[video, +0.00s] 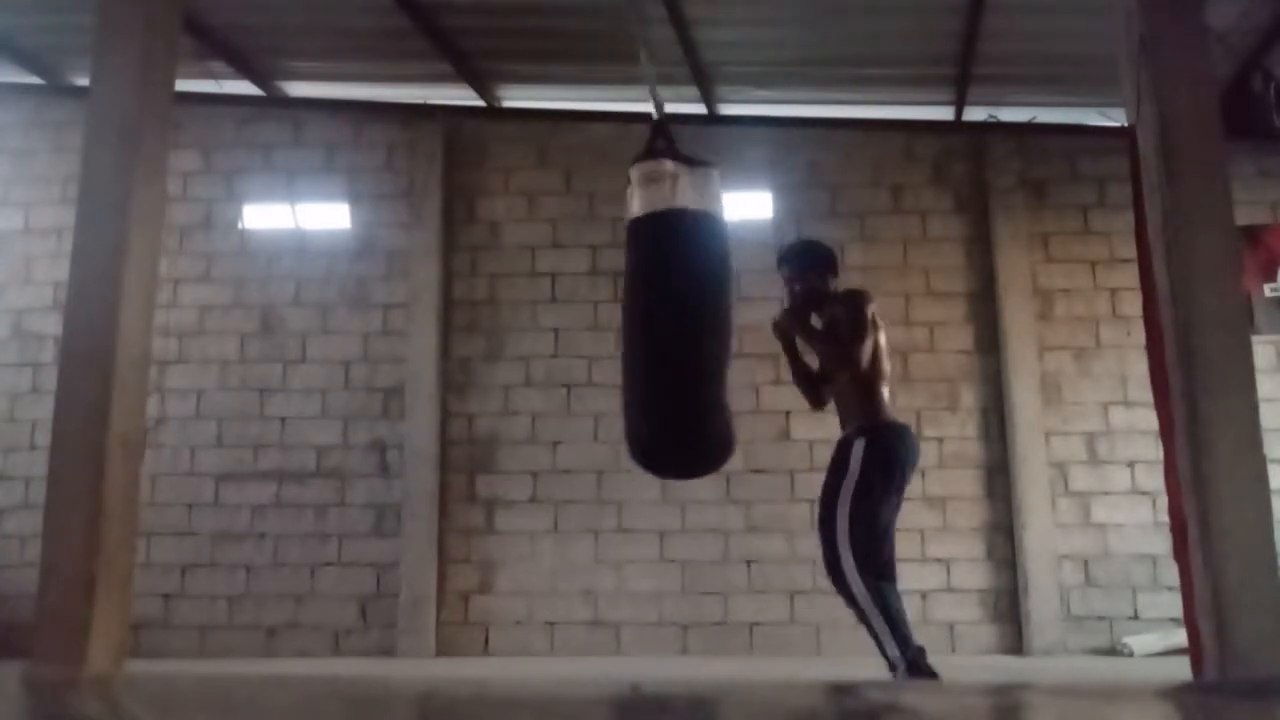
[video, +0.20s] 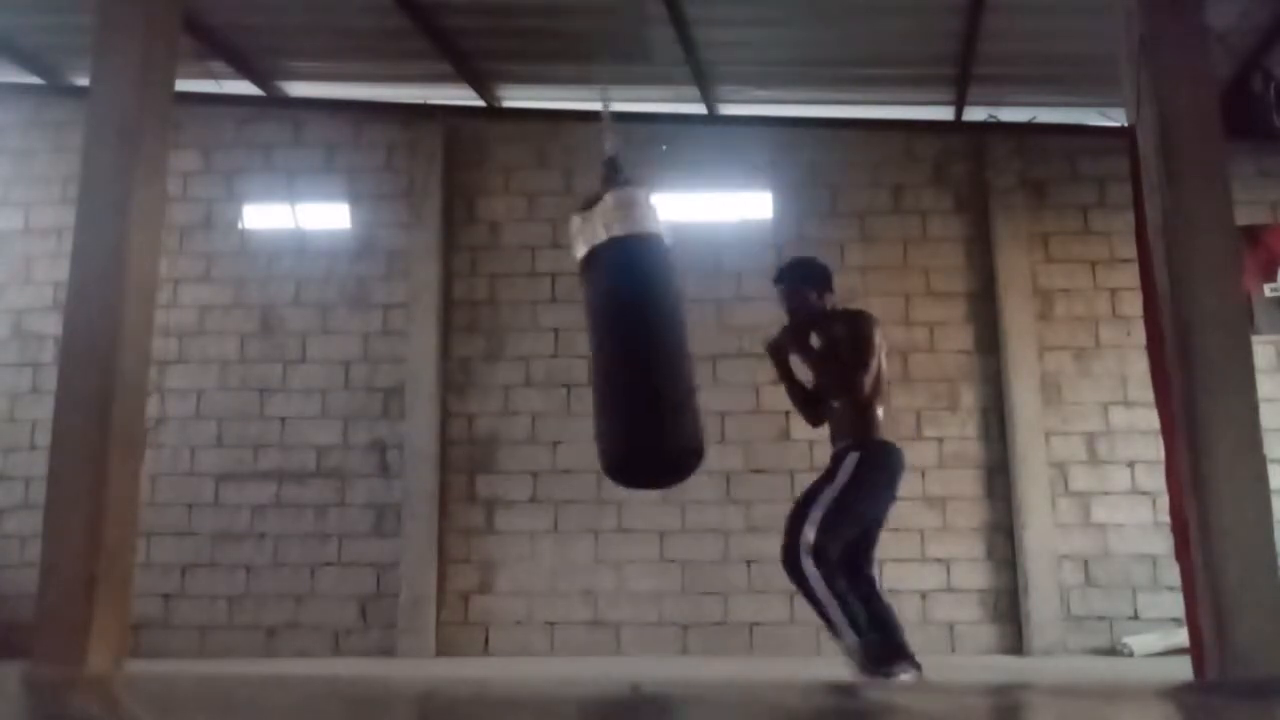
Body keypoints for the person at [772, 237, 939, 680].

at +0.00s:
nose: (789, 292)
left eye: (794, 281)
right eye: (786, 283)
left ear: (817, 277)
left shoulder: (851, 303)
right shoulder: (829, 322)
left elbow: (852, 361)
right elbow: (815, 396)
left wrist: (802, 329)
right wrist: (787, 344)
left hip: (869, 444)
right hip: (888, 442)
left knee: (842, 557)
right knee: (873, 559)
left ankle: (905, 665)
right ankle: (912, 664)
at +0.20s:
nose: (786, 307)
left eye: (792, 296)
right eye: (783, 298)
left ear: (818, 295)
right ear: (801, 300)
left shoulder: (859, 325)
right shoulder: (815, 344)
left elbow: (858, 389)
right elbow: (813, 414)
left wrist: (805, 348)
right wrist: (782, 365)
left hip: (865, 458)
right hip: (864, 460)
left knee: (803, 550)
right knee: (851, 567)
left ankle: (869, 658)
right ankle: (897, 663)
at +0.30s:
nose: (782, 296)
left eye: (788, 284)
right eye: (780, 286)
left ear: (813, 281)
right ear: (792, 286)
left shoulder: (850, 316)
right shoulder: (802, 335)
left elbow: (854, 374)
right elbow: (789, 401)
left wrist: (803, 333)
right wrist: (770, 350)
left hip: (855, 449)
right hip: (842, 452)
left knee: (802, 532)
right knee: (850, 569)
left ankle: (816, 665)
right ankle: (906, 673)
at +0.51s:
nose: (760, 310)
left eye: (766, 300)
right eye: (758, 300)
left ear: (791, 299)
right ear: (765, 300)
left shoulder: (828, 339)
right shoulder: (768, 348)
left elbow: (834, 411)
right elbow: (747, 419)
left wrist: (779, 364)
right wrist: (745, 370)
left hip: (828, 471)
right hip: (805, 472)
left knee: (782, 577)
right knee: (827, 587)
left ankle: (756, 690)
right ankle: (906, 681)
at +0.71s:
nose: (700, 323)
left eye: (704, 314)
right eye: (700, 314)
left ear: (722, 313)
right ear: (733, 314)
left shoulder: (774, 343)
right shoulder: (720, 358)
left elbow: (794, 403)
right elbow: (714, 432)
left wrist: (731, 367)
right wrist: (692, 391)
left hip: (790, 473)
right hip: (783, 475)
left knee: (725, 575)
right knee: (779, 597)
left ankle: (735, 692)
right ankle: (889, 669)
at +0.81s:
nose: (671, 312)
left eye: (674, 301)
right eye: (670, 302)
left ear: (692, 299)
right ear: (706, 297)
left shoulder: (748, 326)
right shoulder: (699, 343)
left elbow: (754, 392)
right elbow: (702, 417)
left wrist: (694, 351)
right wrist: (670, 371)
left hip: (781, 459)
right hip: (765, 459)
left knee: (728, 577)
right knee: (742, 578)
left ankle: (737, 691)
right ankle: (838, 668)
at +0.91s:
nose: (648, 304)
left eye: (654, 291)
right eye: (647, 293)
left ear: (680, 286)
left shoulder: (730, 317)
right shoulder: (684, 334)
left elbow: (719, 390)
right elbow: (691, 406)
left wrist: (667, 346)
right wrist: (654, 355)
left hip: (770, 447)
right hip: (747, 449)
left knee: (732, 561)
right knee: (713, 566)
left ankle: (745, 683)